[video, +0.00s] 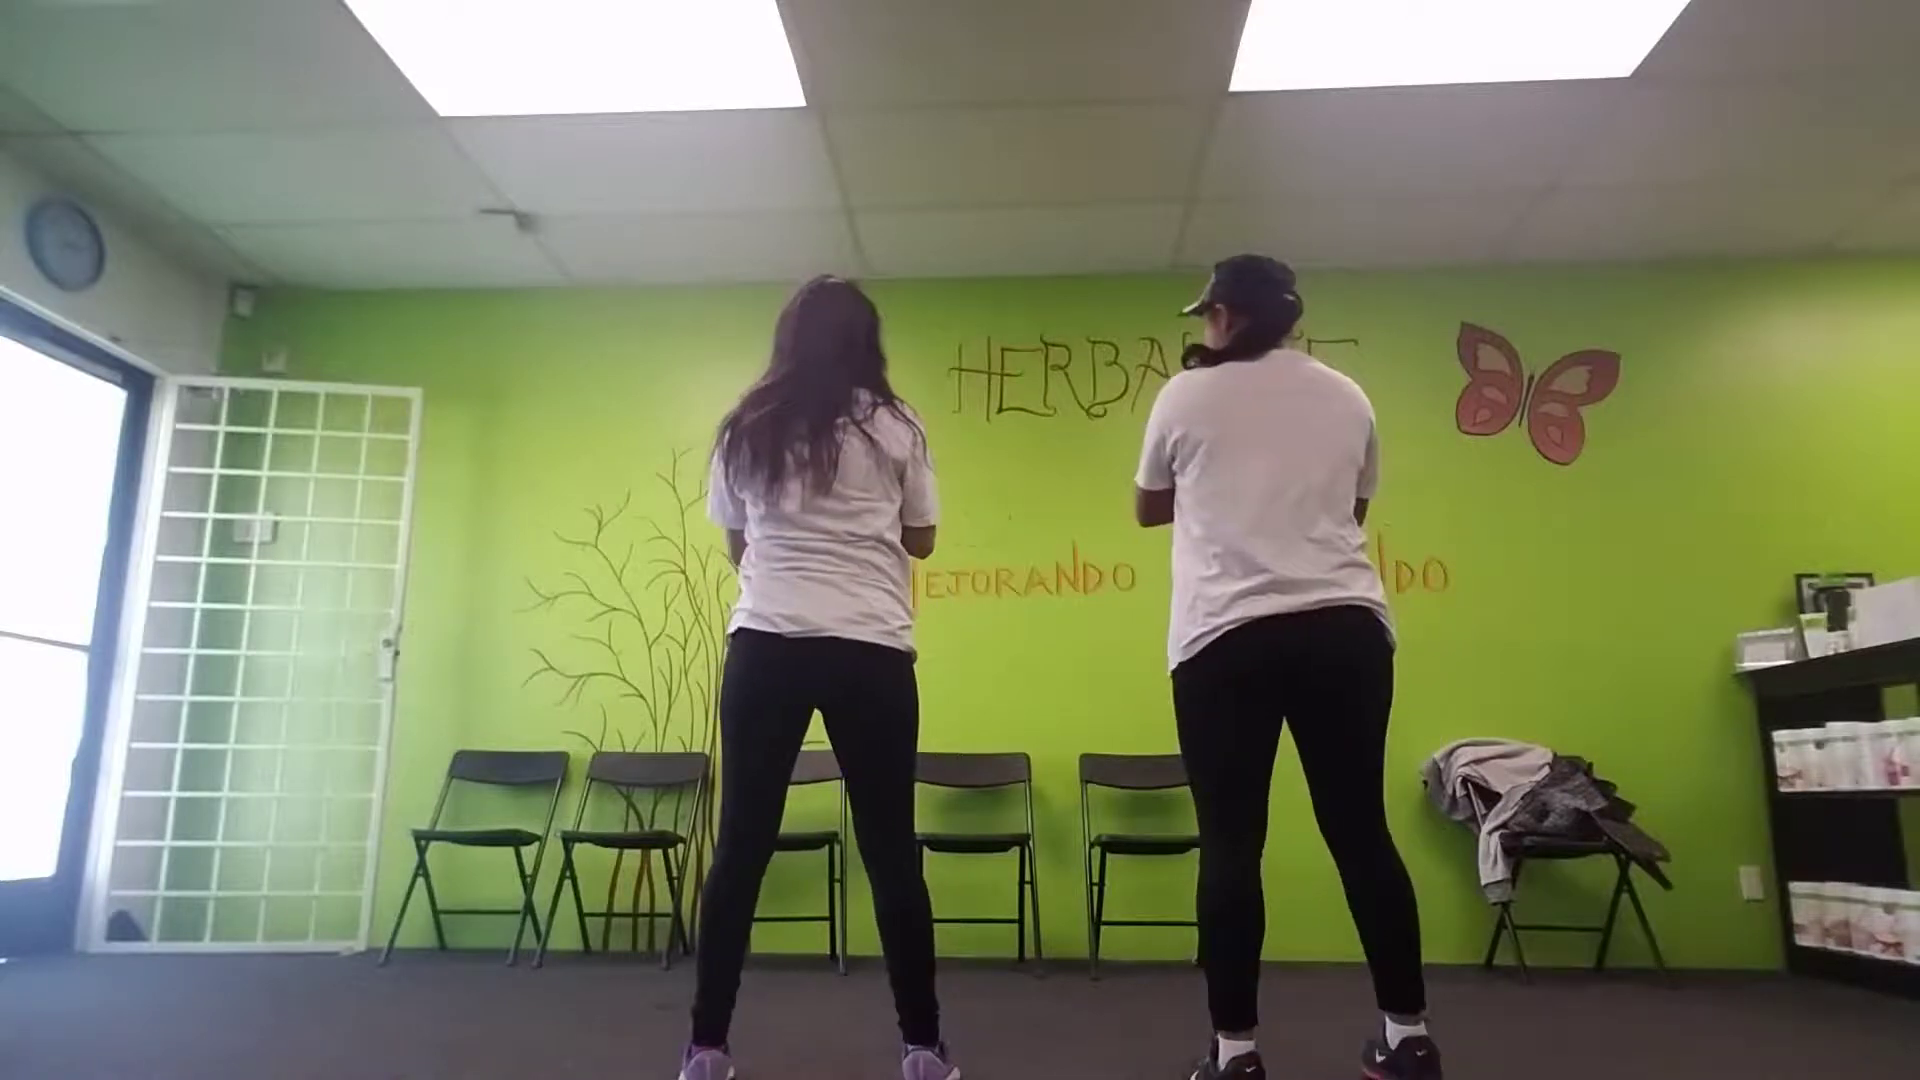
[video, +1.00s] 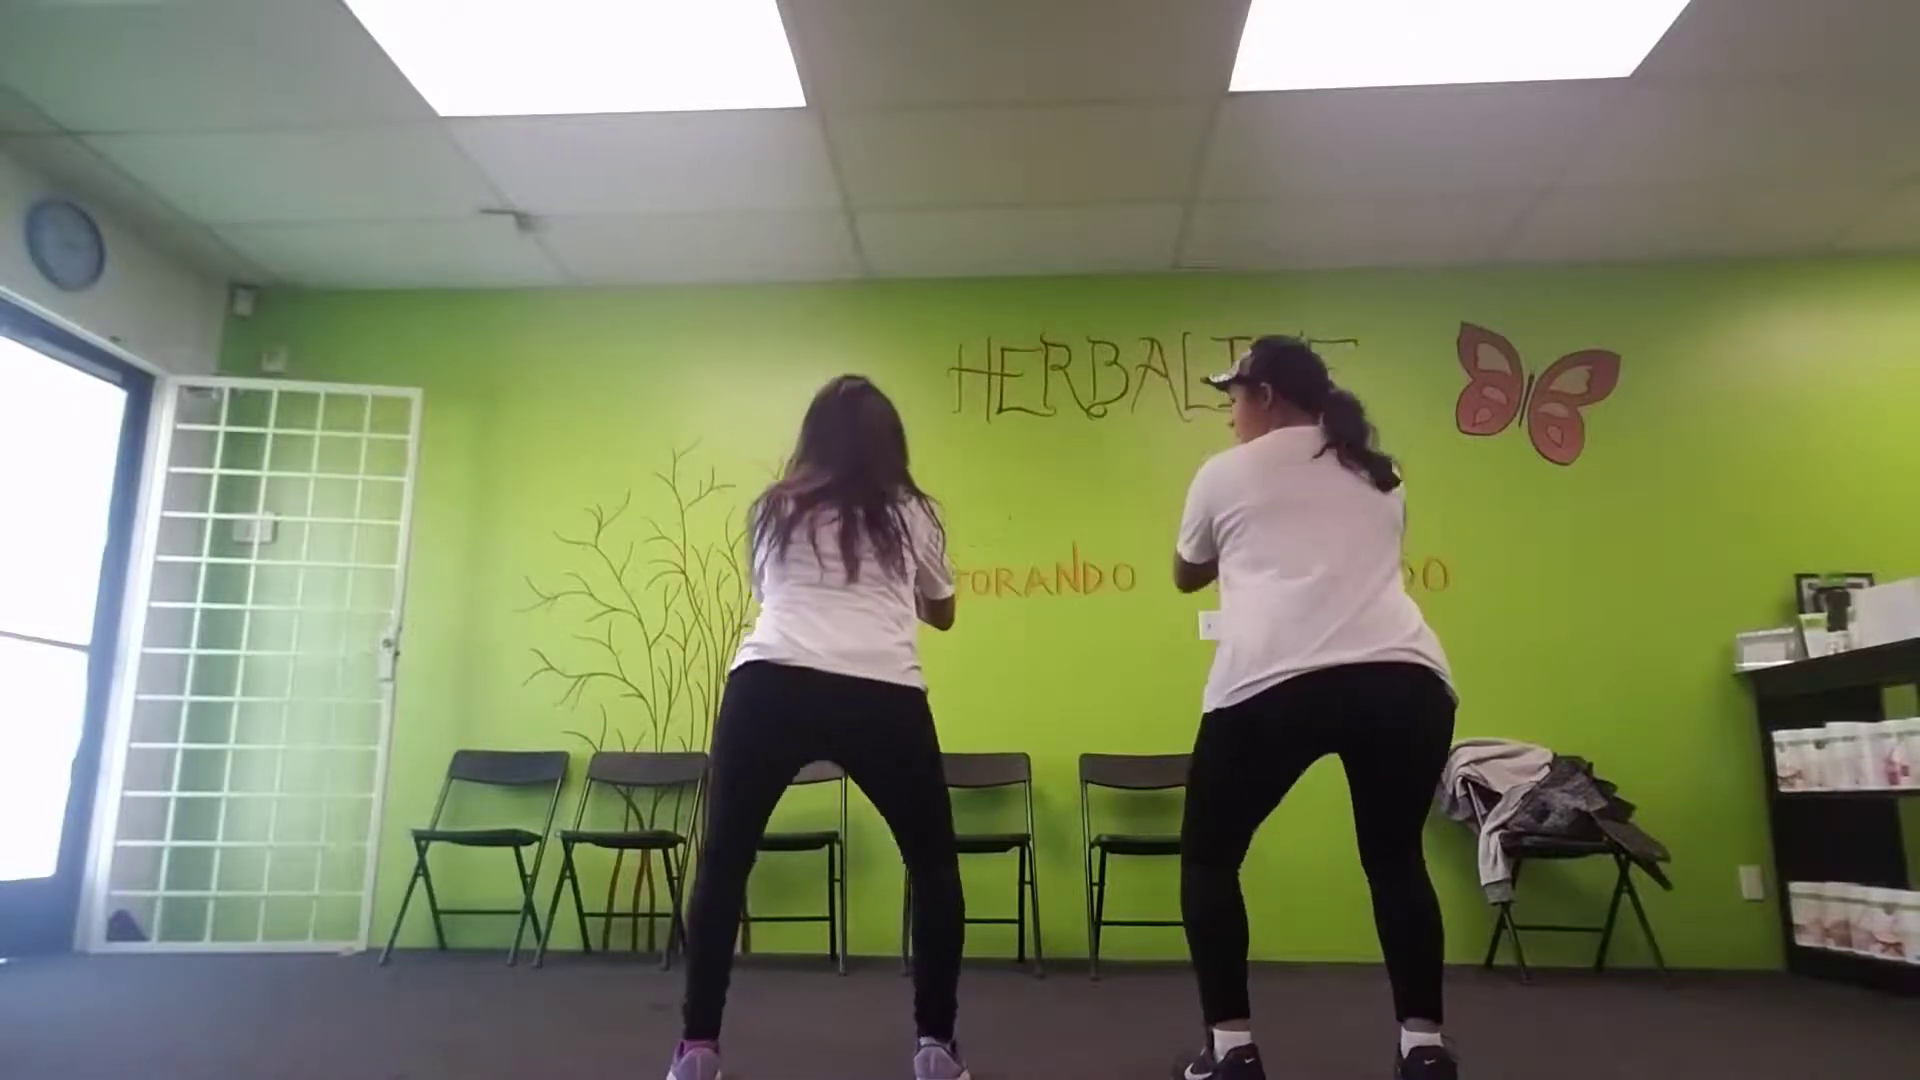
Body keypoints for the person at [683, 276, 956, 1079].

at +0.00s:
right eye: (866, 337)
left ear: (786, 340)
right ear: (870, 346)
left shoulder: (748, 423)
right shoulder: (897, 423)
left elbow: (737, 549)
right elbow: (919, 540)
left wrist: (812, 528)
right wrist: (852, 502)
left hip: (766, 648)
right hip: (871, 652)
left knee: (741, 846)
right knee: (893, 854)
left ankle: (706, 1050)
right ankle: (924, 1052)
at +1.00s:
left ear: (810, 440)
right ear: (892, 441)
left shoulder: (774, 503)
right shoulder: (914, 509)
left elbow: (767, 590)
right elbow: (941, 613)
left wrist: (834, 572)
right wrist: (878, 567)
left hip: (771, 689)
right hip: (883, 697)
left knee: (722, 859)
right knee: (932, 861)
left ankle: (697, 1049)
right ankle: (936, 1049)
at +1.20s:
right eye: (890, 524)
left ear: (809, 527)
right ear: (889, 530)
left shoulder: (772, 586)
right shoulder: (907, 594)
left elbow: (764, 669)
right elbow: (940, 694)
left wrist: (829, 657)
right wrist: (876, 657)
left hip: (762, 766)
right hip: (880, 778)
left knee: (718, 875)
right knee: (950, 866)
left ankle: (701, 1039)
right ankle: (937, 1038)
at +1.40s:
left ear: (808, 615)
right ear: (887, 619)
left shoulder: (768, 678)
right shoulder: (904, 684)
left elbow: (759, 760)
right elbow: (941, 779)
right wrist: (884, 740)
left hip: (756, 874)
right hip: (870, 878)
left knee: (705, 880)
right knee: (964, 868)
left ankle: (701, 1036)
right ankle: (938, 1038)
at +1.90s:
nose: (892, 557)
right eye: (886, 547)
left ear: (805, 550)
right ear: (883, 555)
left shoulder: (765, 607)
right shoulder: (898, 612)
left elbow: (752, 686)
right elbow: (951, 698)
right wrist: (896, 655)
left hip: (750, 757)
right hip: (865, 762)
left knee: (717, 878)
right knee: (942, 874)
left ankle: (699, 1047)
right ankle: (934, 1048)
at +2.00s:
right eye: (888, 491)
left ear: (805, 491)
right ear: (885, 499)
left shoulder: (764, 557)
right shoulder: (904, 562)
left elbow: (751, 643)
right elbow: (959, 660)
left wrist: (816, 636)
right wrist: (891, 620)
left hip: (754, 715)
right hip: (869, 721)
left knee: (719, 866)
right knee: (935, 867)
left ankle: (698, 1048)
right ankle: (935, 1049)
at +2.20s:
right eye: (885, 379)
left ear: (804, 385)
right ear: (890, 388)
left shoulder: (770, 457)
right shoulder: (919, 461)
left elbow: (735, 572)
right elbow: (962, 571)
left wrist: (812, 582)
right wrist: (892, 586)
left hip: (774, 656)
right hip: (881, 661)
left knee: (736, 849)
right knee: (921, 854)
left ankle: (700, 1049)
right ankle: (935, 1050)